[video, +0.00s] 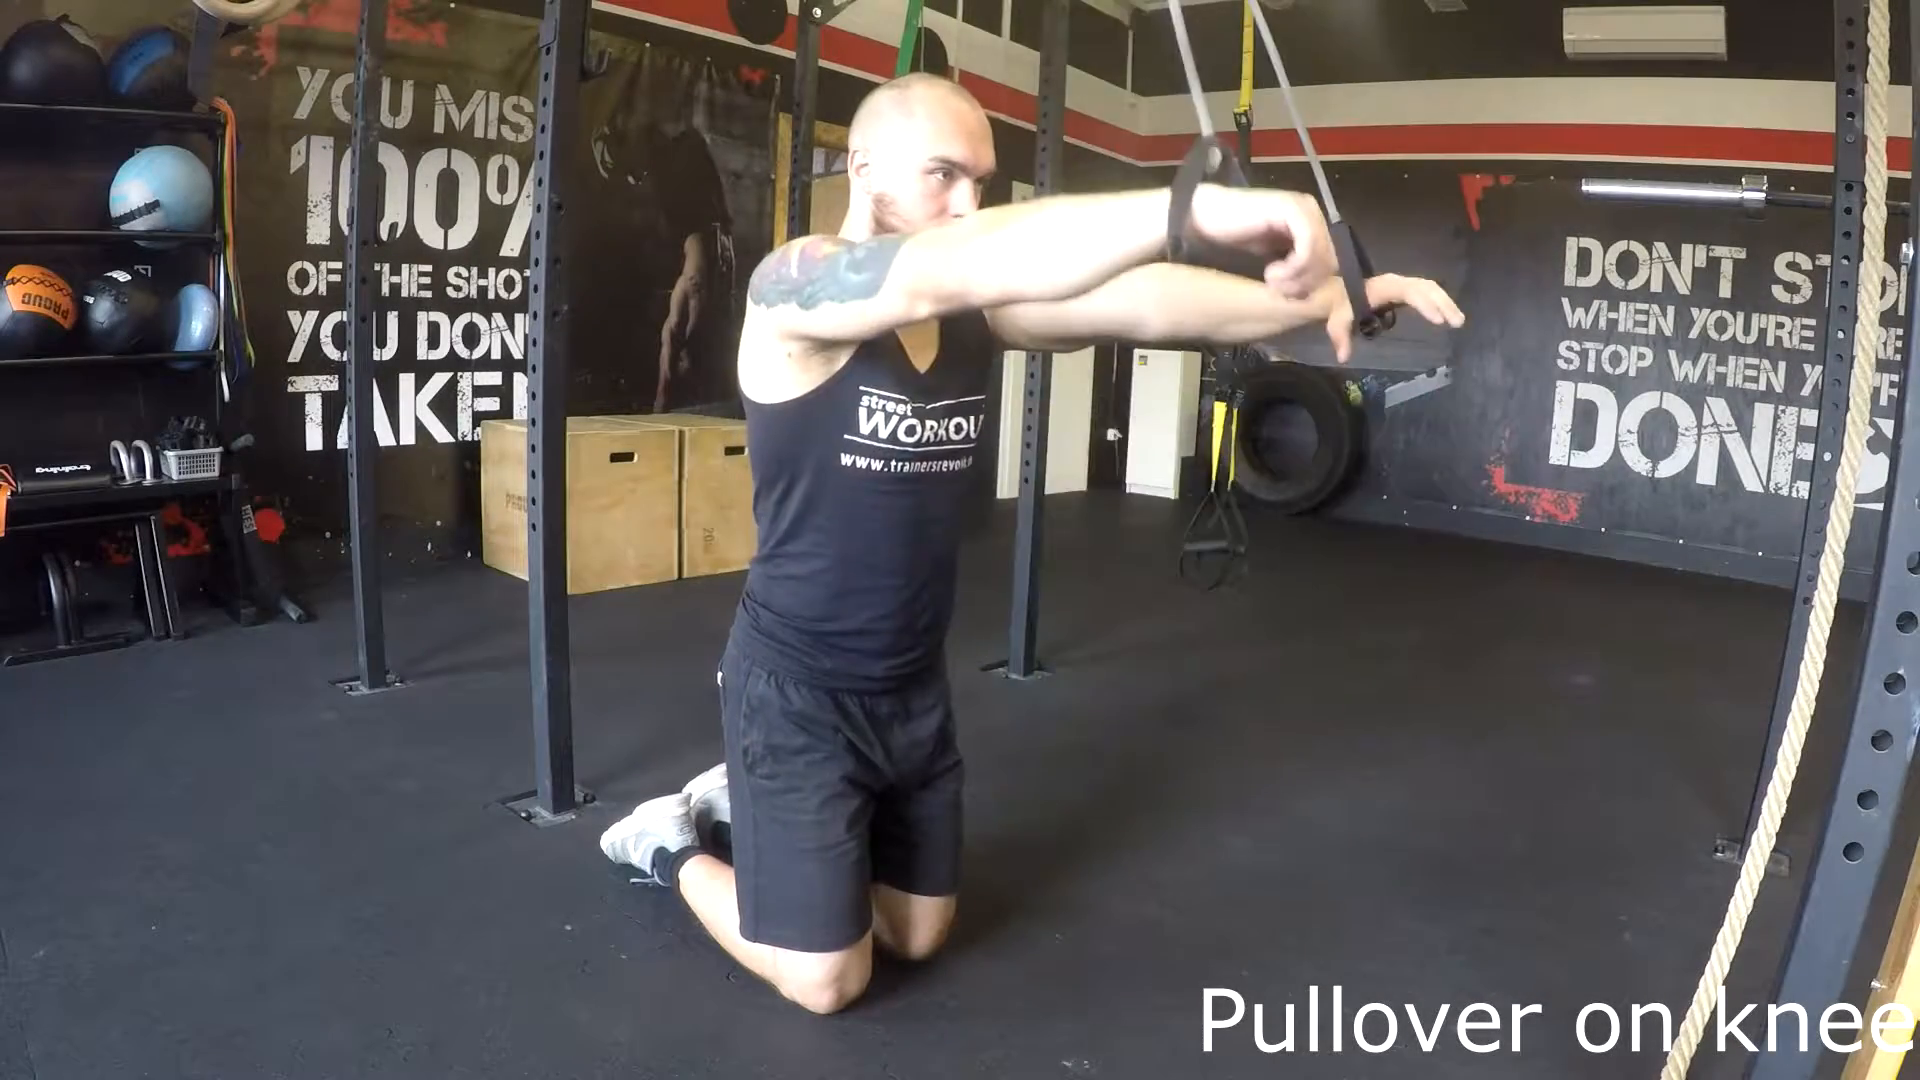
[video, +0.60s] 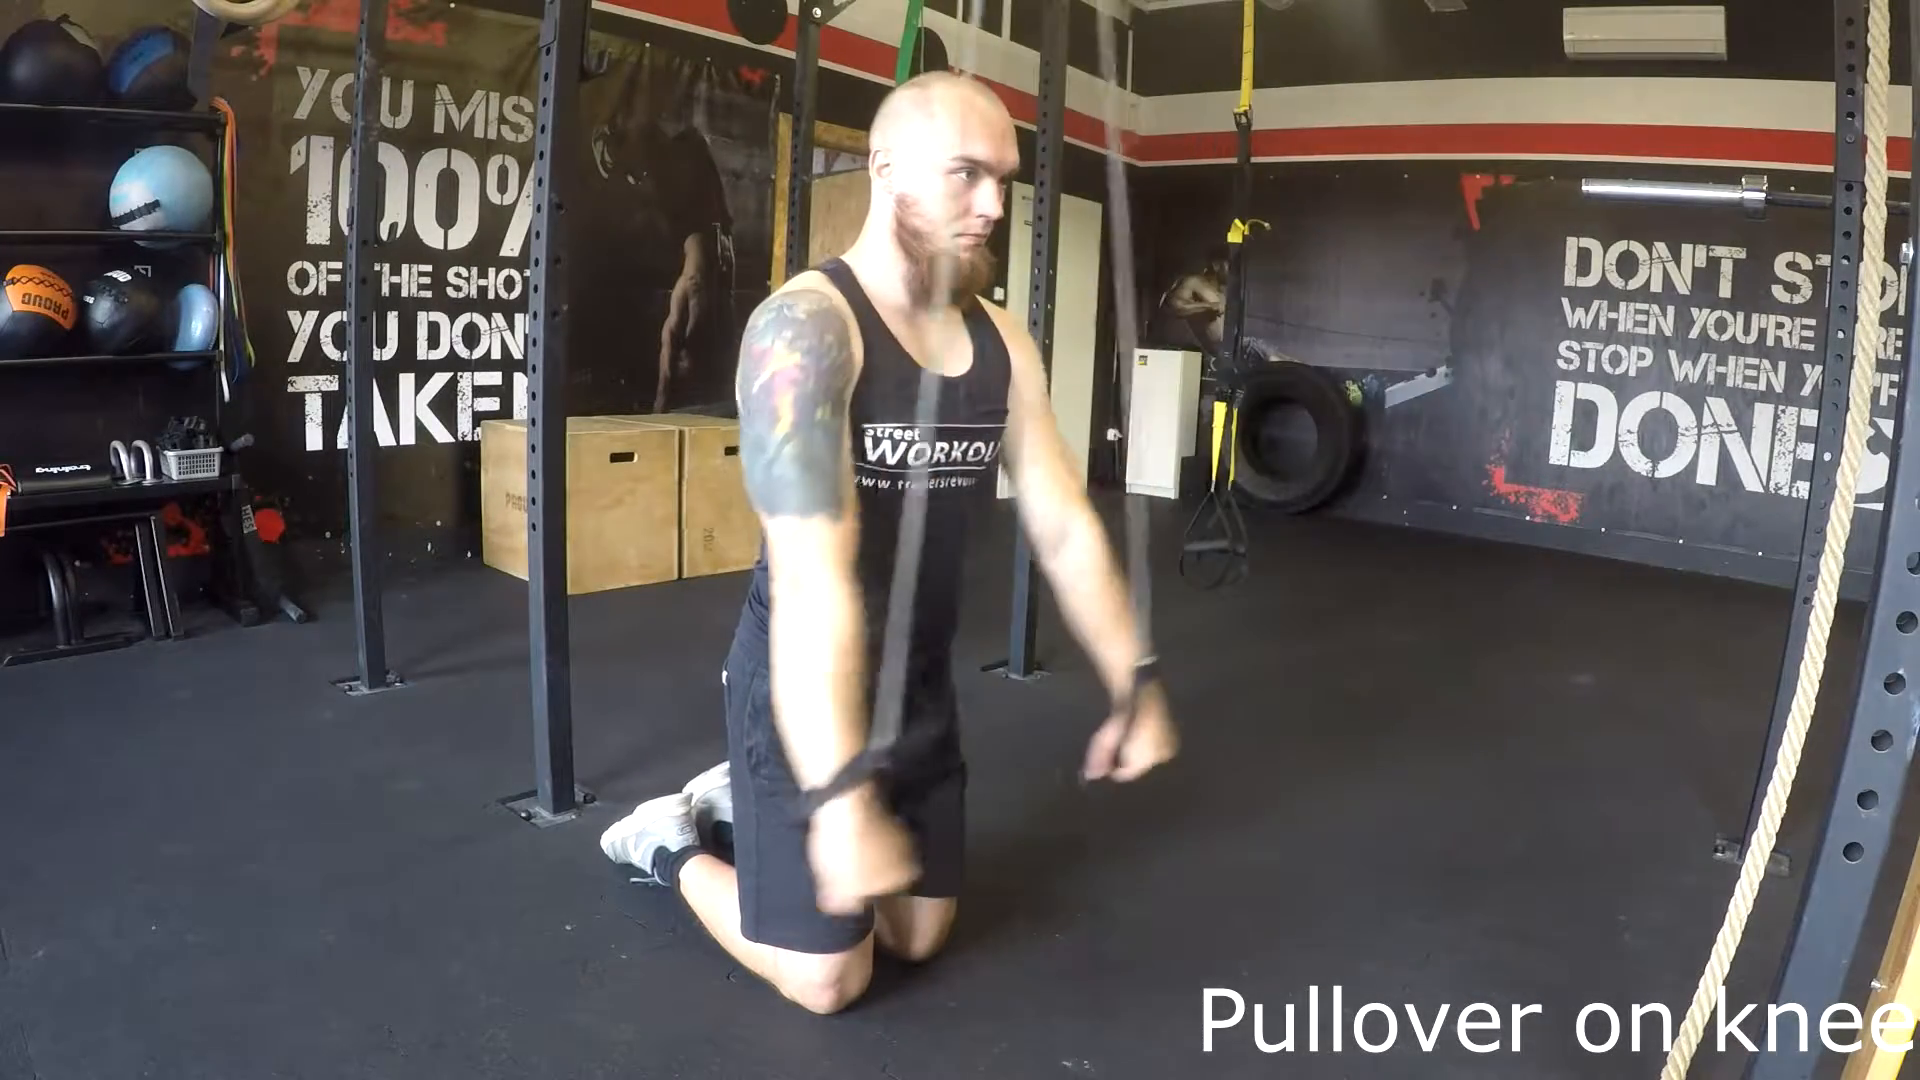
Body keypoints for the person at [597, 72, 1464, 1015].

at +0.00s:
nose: (969, 201)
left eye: (980, 180)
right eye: (943, 175)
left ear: (985, 181)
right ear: (863, 176)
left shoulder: (960, 292)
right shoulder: (793, 282)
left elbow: (1133, 303)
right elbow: (967, 263)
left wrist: (1320, 312)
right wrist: (1189, 212)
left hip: (913, 683)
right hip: (797, 683)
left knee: (916, 932)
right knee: (821, 977)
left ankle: (753, 809)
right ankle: (677, 854)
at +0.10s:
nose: (973, 205)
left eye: (985, 181)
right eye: (947, 178)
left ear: (991, 183)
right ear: (869, 178)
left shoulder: (979, 294)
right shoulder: (795, 290)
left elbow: (1134, 324)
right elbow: (954, 307)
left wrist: (1321, 339)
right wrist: (1196, 268)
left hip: (911, 685)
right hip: (795, 685)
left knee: (916, 932)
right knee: (821, 979)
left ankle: (752, 810)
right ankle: (676, 853)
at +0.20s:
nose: (979, 209)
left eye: (990, 184)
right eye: (952, 180)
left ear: (992, 188)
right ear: (869, 174)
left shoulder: (988, 304)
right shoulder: (797, 302)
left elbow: (1122, 346)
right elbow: (970, 366)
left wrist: (1320, 393)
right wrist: (1187, 391)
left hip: (913, 685)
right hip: (796, 685)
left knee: (916, 931)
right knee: (821, 978)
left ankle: (753, 807)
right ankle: (672, 851)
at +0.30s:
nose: (980, 209)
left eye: (994, 186)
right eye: (955, 179)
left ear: (998, 191)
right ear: (875, 173)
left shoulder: (989, 316)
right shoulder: (802, 308)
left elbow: (1146, 403)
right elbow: (961, 440)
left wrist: (1321, 495)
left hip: (914, 685)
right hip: (796, 686)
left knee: (916, 928)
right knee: (822, 982)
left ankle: (750, 810)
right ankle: (678, 852)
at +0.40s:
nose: (985, 207)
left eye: (998, 184)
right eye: (960, 176)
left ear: (1008, 189)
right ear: (880, 173)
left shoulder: (995, 323)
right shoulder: (803, 317)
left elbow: (1119, 453)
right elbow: (909, 500)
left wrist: (1266, 584)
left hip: (920, 684)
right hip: (800, 683)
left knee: (915, 933)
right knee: (824, 977)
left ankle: (740, 817)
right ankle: (674, 855)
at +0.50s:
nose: (989, 205)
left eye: (1000, 180)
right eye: (963, 173)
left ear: (1007, 189)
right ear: (882, 174)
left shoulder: (1000, 333)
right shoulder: (804, 324)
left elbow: (1091, 492)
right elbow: (858, 549)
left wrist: (1194, 647)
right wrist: (939, 757)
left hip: (919, 678)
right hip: (802, 685)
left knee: (916, 932)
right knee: (824, 980)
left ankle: (748, 808)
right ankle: (673, 852)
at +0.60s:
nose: (993, 205)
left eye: (1004, 180)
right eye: (969, 174)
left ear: (1009, 187)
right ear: (890, 175)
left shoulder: (999, 339)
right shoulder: (804, 328)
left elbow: (1062, 521)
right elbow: (811, 578)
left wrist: (1133, 676)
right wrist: (844, 799)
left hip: (917, 677)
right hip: (808, 678)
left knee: (916, 932)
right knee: (824, 980)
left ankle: (751, 801)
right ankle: (673, 850)